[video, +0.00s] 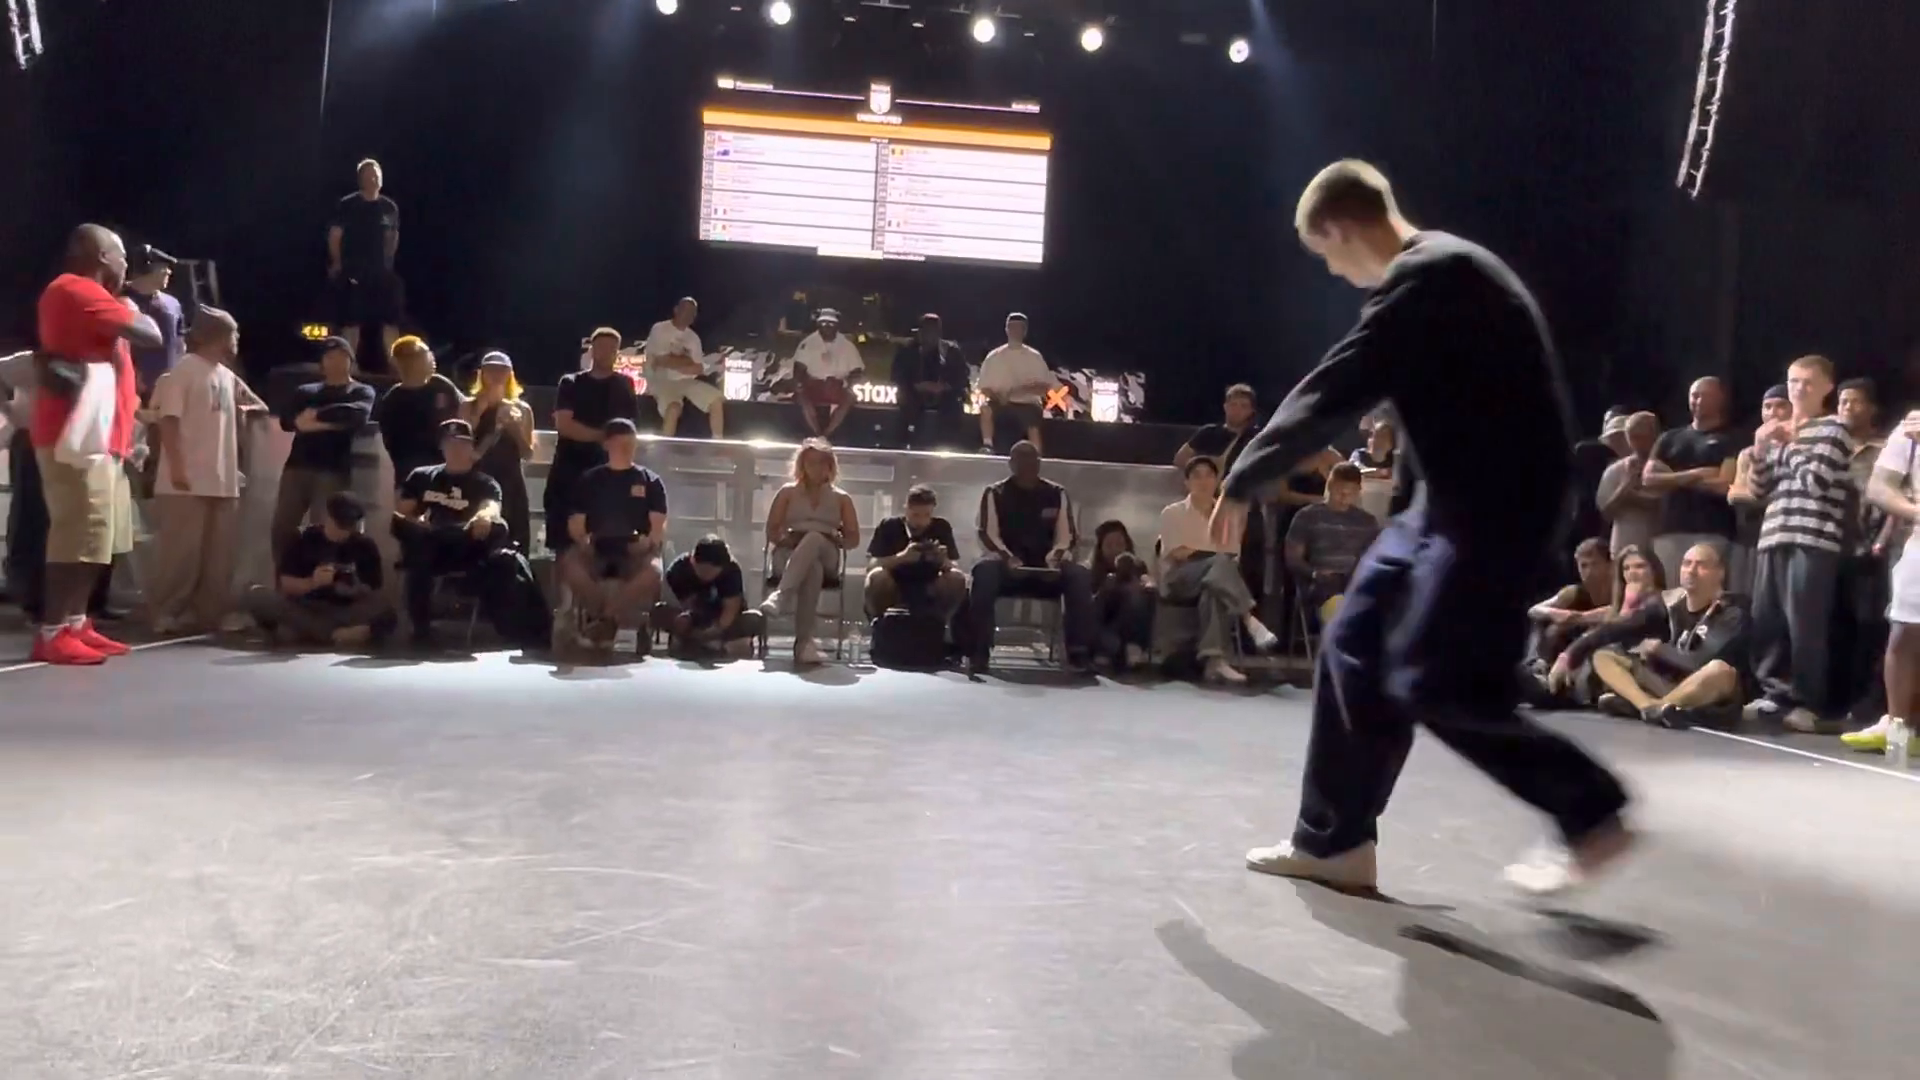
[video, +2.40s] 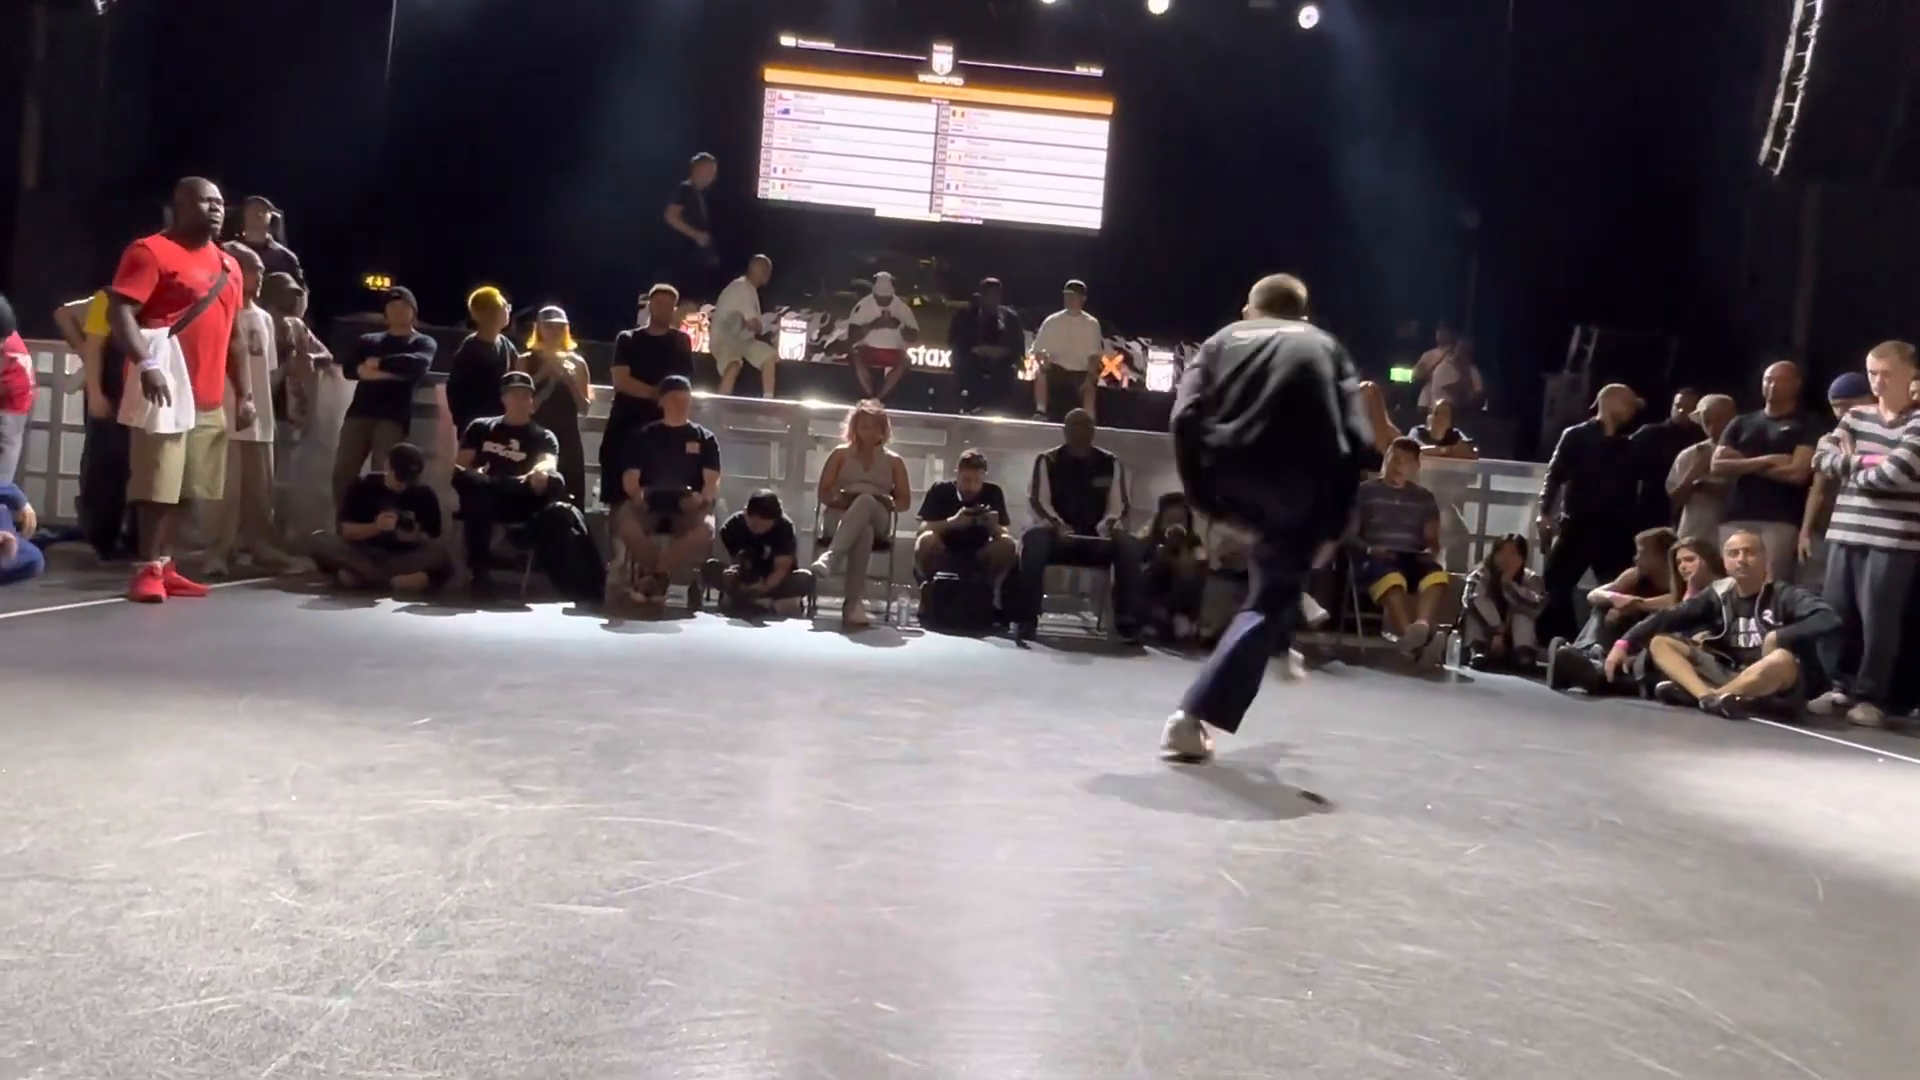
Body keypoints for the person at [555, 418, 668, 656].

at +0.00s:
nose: (623, 447)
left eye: (628, 441)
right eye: (618, 442)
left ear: (635, 444)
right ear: (606, 445)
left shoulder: (650, 482)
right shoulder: (589, 479)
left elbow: (657, 533)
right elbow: (576, 523)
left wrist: (636, 547)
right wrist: (589, 546)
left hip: (634, 545)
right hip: (597, 544)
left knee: (653, 572)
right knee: (570, 563)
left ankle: (607, 620)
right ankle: (608, 617)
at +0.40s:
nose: (644, 431)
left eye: (648, 425)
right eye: (639, 426)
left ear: (655, 428)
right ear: (626, 429)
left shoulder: (670, 466)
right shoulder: (608, 464)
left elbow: (676, 512)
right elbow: (595, 507)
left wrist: (662, 529)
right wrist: (607, 527)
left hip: (652, 527)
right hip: (616, 526)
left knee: (671, 556)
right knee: (591, 550)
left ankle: (622, 606)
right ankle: (624, 607)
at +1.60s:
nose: (669, 415)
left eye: (673, 409)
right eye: (663, 409)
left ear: (679, 412)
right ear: (651, 412)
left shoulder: (694, 449)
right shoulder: (633, 446)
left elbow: (701, 494)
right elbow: (620, 489)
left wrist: (688, 510)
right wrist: (630, 508)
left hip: (676, 508)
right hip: (641, 507)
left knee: (694, 540)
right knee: (616, 533)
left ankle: (643, 587)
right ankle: (649, 588)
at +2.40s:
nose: (680, 404)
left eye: (684, 399)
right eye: (674, 399)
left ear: (690, 401)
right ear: (661, 402)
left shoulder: (705, 438)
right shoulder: (643, 435)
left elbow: (711, 482)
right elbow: (630, 478)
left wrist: (700, 499)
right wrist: (641, 496)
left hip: (687, 498)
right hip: (651, 496)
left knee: (704, 529)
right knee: (626, 520)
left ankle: (651, 576)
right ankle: (658, 576)